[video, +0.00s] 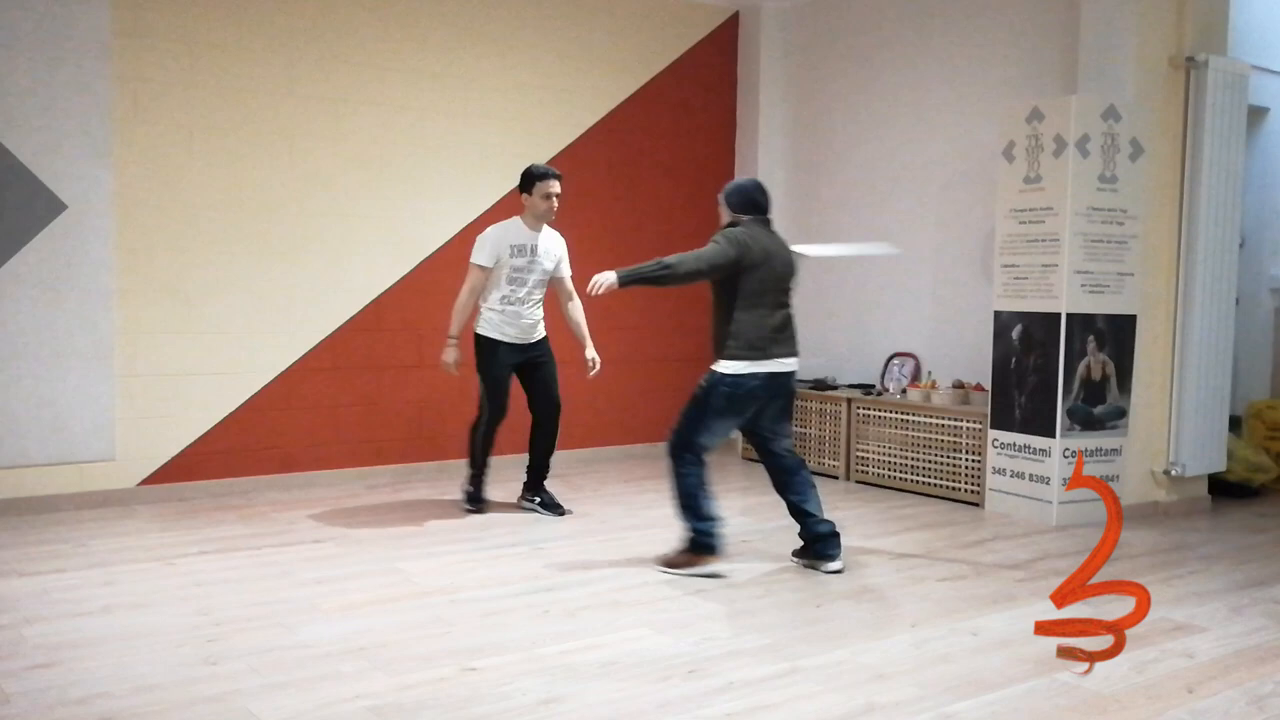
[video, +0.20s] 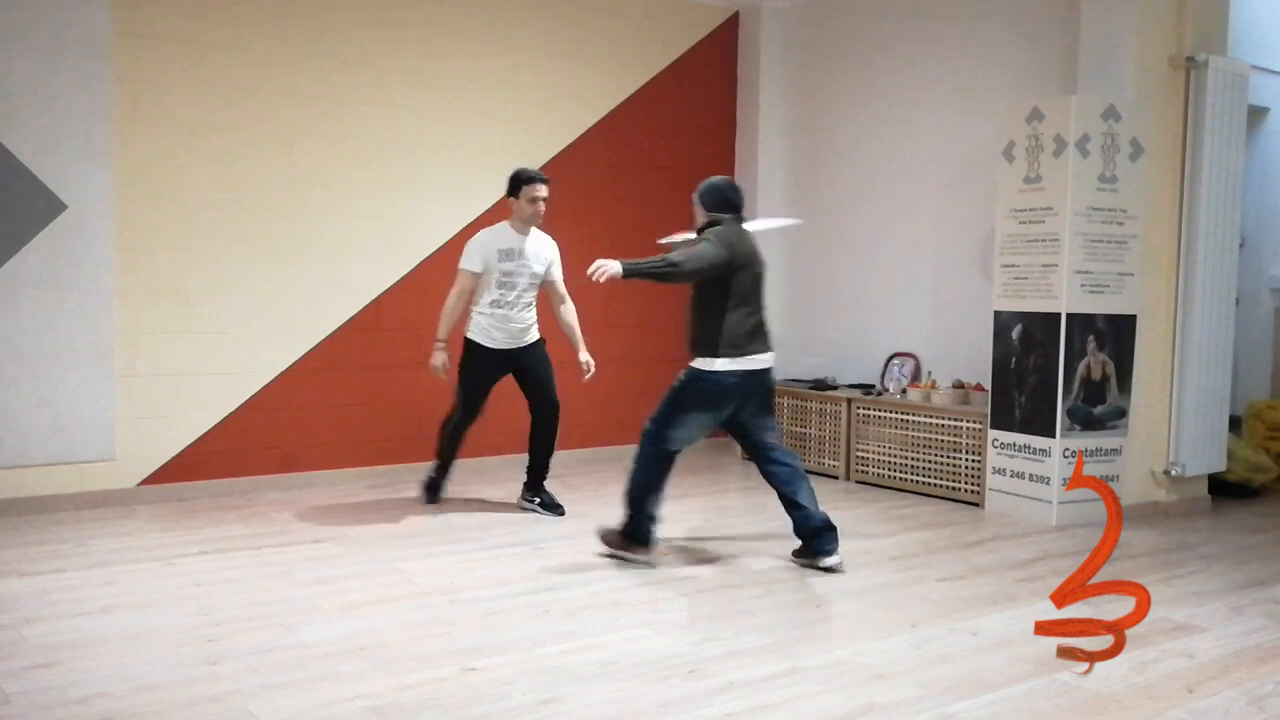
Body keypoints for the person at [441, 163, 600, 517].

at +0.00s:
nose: (555, 203)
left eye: (558, 196)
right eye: (548, 196)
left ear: (558, 198)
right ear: (525, 197)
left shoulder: (555, 242)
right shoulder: (495, 236)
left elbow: (570, 298)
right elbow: (470, 290)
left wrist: (588, 344)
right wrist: (451, 341)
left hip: (534, 339)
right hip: (494, 338)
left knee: (549, 408)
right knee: (493, 411)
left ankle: (534, 488)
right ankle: (475, 486)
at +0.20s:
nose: (542, 207)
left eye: (545, 200)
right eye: (534, 200)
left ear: (546, 202)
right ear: (512, 201)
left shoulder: (547, 247)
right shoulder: (483, 242)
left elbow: (562, 302)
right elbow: (460, 293)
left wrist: (581, 348)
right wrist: (440, 345)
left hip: (527, 346)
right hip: (483, 345)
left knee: (547, 408)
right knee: (465, 412)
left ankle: (534, 488)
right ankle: (440, 472)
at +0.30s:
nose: (513, 207)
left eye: (517, 200)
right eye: (505, 201)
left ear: (520, 202)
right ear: (486, 202)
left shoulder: (530, 245)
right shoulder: (464, 244)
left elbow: (546, 299)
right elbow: (442, 300)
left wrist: (563, 347)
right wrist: (433, 349)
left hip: (517, 345)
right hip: (471, 347)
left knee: (542, 406)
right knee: (443, 409)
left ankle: (533, 485)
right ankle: (415, 468)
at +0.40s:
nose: (480, 223)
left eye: (484, 216)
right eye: (472, 217)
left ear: (489, 216)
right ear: (455, 218)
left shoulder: (507, 254)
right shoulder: (440, 263)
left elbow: (526, 310)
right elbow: (427, 318)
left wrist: (543, 356)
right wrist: (429, 360)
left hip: (503, 354)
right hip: (457, 359)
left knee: (537, 400)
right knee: (432, 422)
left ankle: (519, 475)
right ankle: (414, 471)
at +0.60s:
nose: (463, 257)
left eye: (467, 249)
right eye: (455, 250)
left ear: (472, 249)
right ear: (439, 251)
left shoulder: (491, 284)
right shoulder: (425, 294)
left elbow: (524, 329)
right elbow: (424, 340)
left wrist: (543, 357)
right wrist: (441, 353)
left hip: (494, 375)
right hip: (447, 382)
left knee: (526, 414)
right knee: (421, 440)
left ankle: (537, 490)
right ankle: (417, 475)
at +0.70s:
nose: (481, 253)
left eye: (486, 246)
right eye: (473, 246)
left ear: (493, 246)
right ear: (457, 247)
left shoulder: (511, 282)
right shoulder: (443, 286)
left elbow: (554, 321)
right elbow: (442, 332)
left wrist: (553, 334)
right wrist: (463, 316)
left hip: (504, 374)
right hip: (457, 381)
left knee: (538, 427)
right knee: (428, 437)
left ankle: (558, 490)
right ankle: (418, 476)